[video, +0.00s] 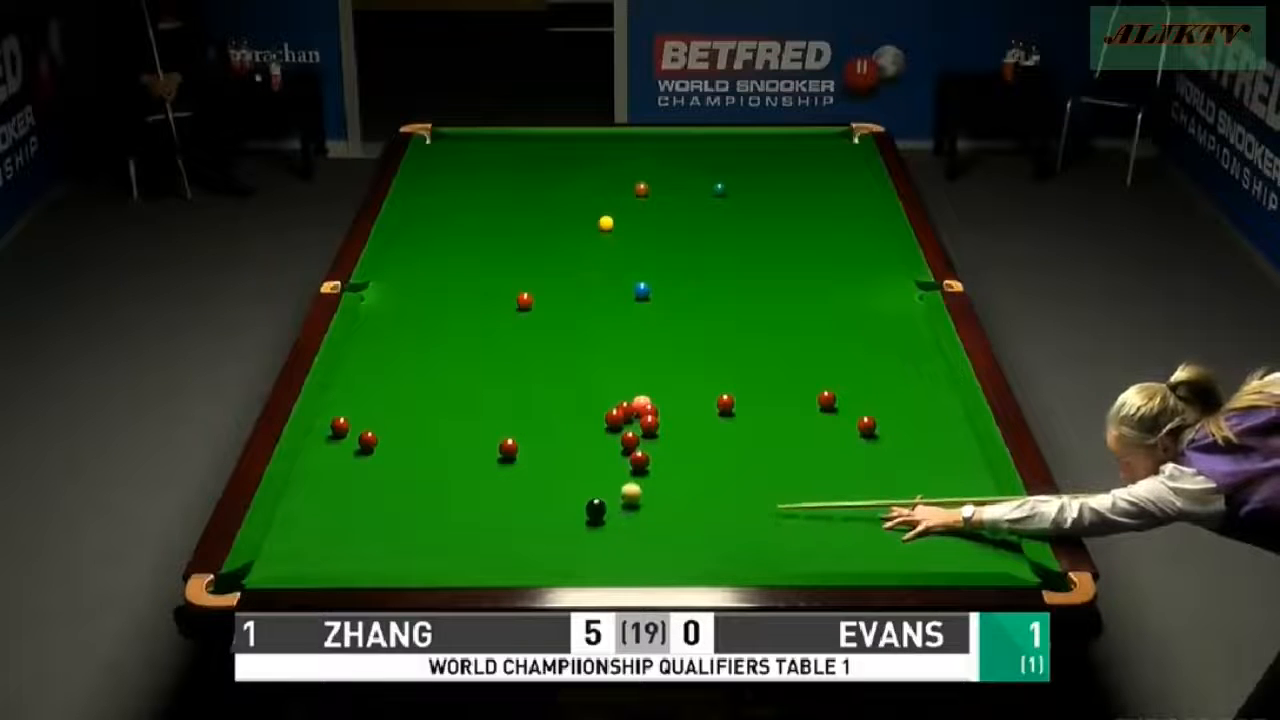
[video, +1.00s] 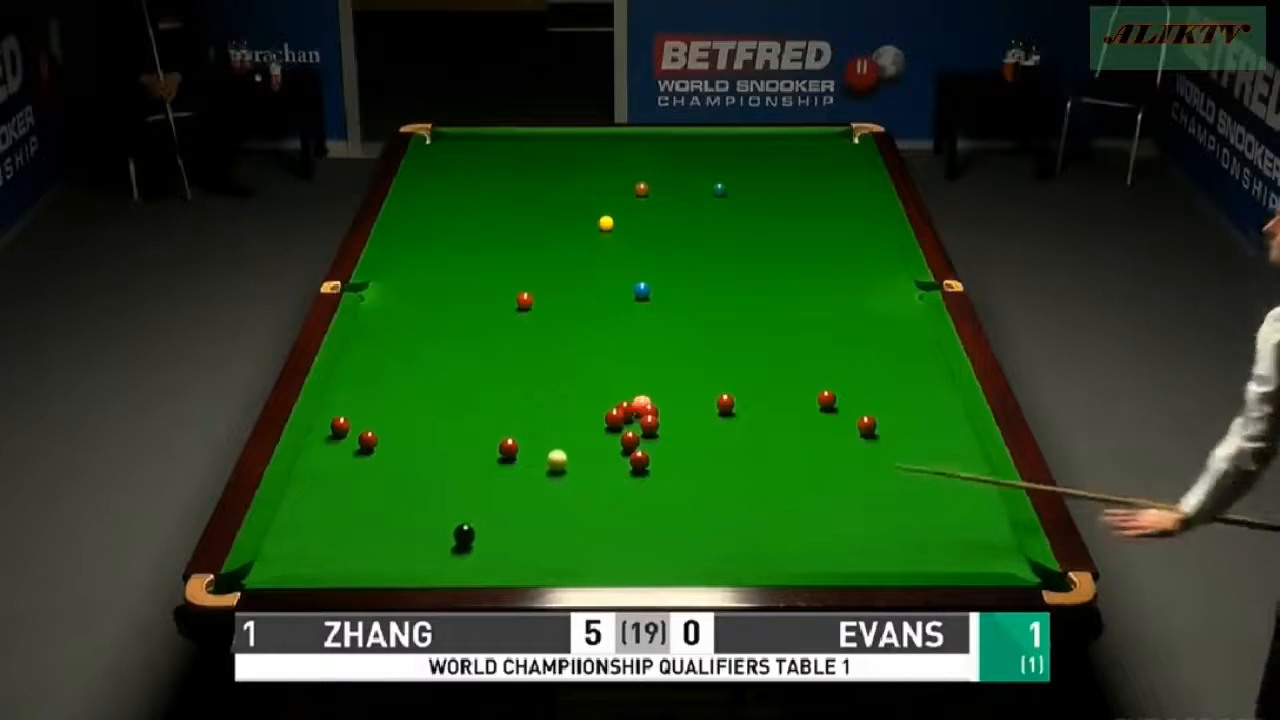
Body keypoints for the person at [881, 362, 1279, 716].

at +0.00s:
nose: (1122, 475)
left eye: (1125, 462)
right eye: (1118, 462)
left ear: (1162, 448)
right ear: (1180, 427)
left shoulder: (1188, 483)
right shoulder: (1256, 398)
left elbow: (1074, 513)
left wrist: (960, 516)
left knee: (1255, 709)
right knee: (1256, 705)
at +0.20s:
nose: (1122, 470)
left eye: (1125, 456)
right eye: (1119, 456)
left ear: (1163, 444)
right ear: (1184, 425)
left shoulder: (1189, 478)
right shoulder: (1257, 399)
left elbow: (1078, 513)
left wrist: (960, 517)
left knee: (1260, 708)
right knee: (1262, 703)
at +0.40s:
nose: (1128, 432)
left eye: (1132, 418)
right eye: (1126, 419)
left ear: (1170, 411)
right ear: (1184, 402)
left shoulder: (1197, 453)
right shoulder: (1250, 397)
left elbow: (1081, 505)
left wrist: (961, 517)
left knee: (1268, 704)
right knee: (1266, 702)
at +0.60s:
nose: (1149, 346)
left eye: (1160, 336)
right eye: (1152, 333)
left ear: (1199, 346)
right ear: (1215, 340)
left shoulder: (1208, 401)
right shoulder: (1260, 368)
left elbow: (1095, 478)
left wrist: (983, 512)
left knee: (1277, 693)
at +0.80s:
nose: (1205, 271)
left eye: (1218, 263)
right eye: (1210, 258)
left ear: (1257, 277)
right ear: (1258, 275)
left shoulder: (1252, 343)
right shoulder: (1264, 329)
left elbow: (1148, 442)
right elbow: (1151, 440)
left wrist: (1047, 506)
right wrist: (1055, 504)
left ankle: (1269, 709)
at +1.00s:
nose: (1269, 226)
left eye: (1275, 220)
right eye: (1274, 219)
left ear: (1278, 234)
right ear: (1274, 237)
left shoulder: (1276, 329)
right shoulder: (1274, 329)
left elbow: (1253, 436)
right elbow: (1253, 436)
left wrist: (1185, 511)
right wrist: (1187, 510)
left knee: (1275, 673)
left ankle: (1265, 706)